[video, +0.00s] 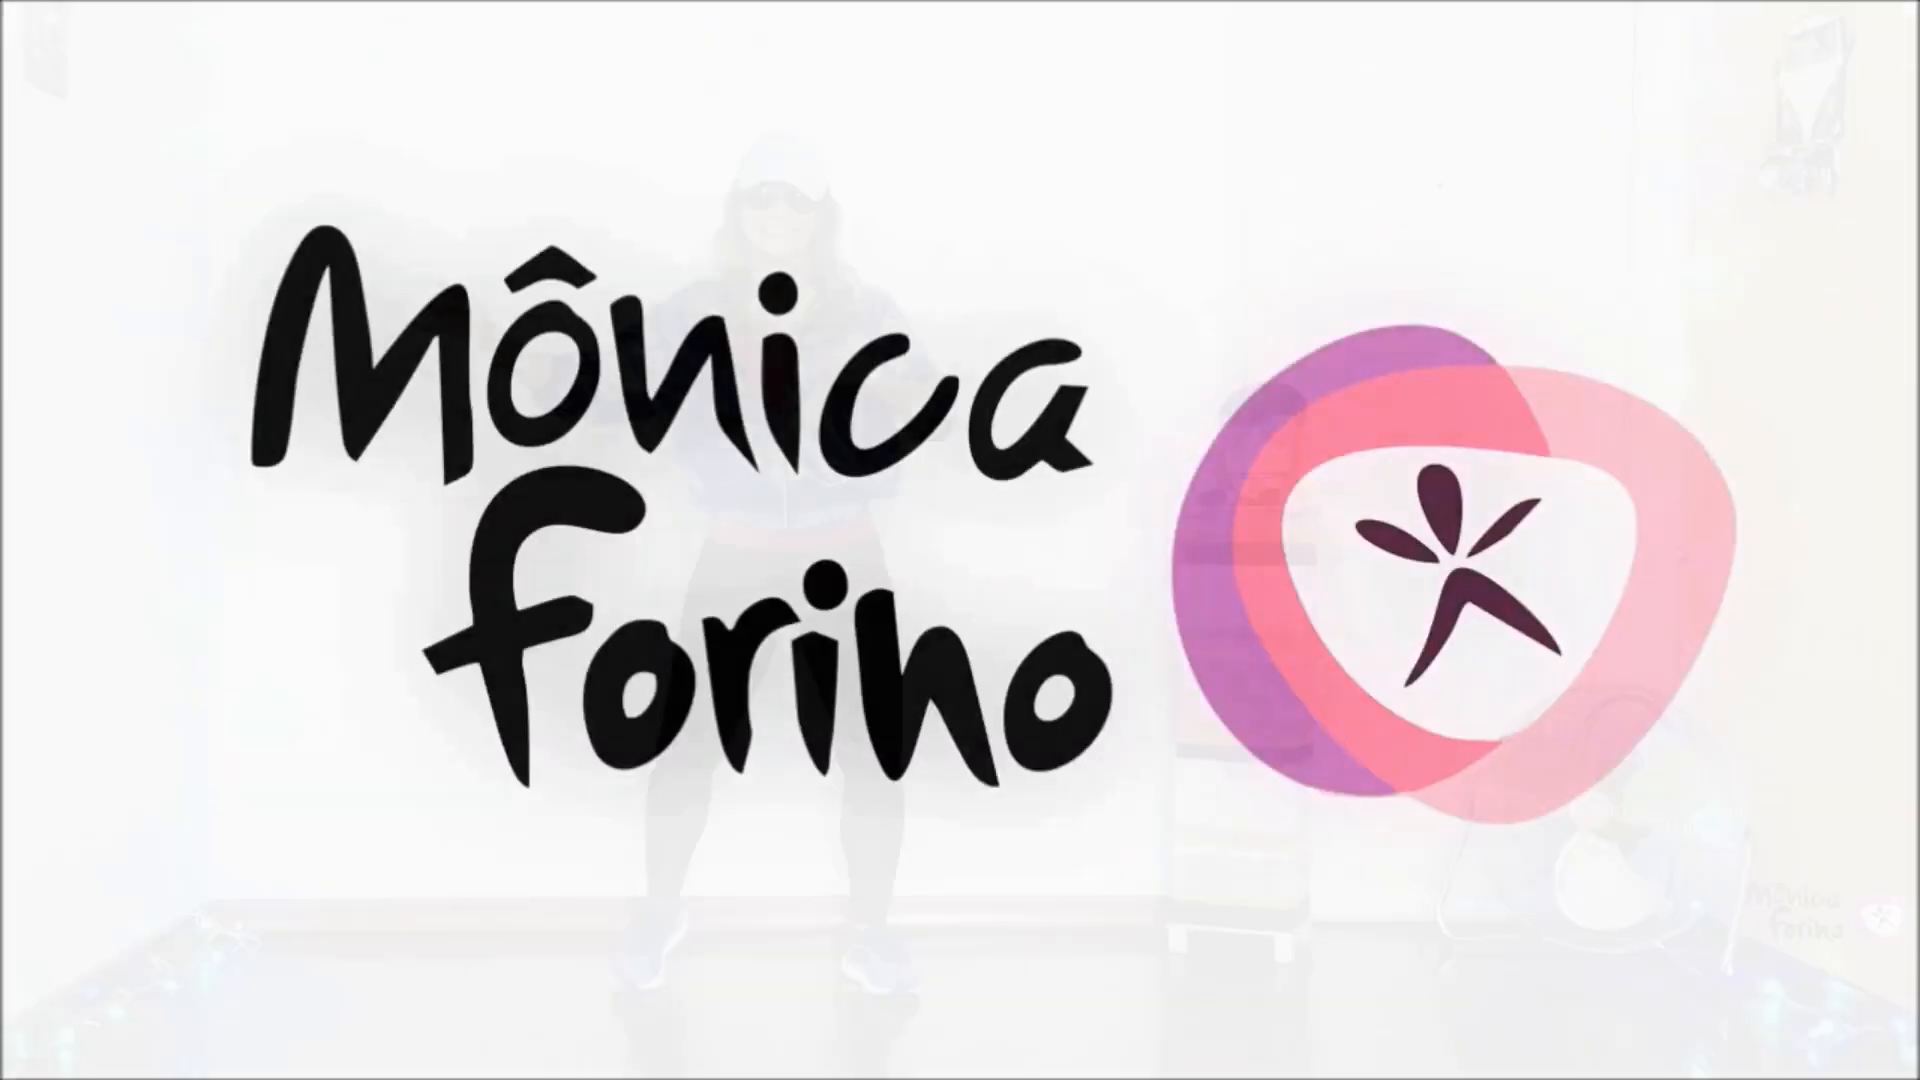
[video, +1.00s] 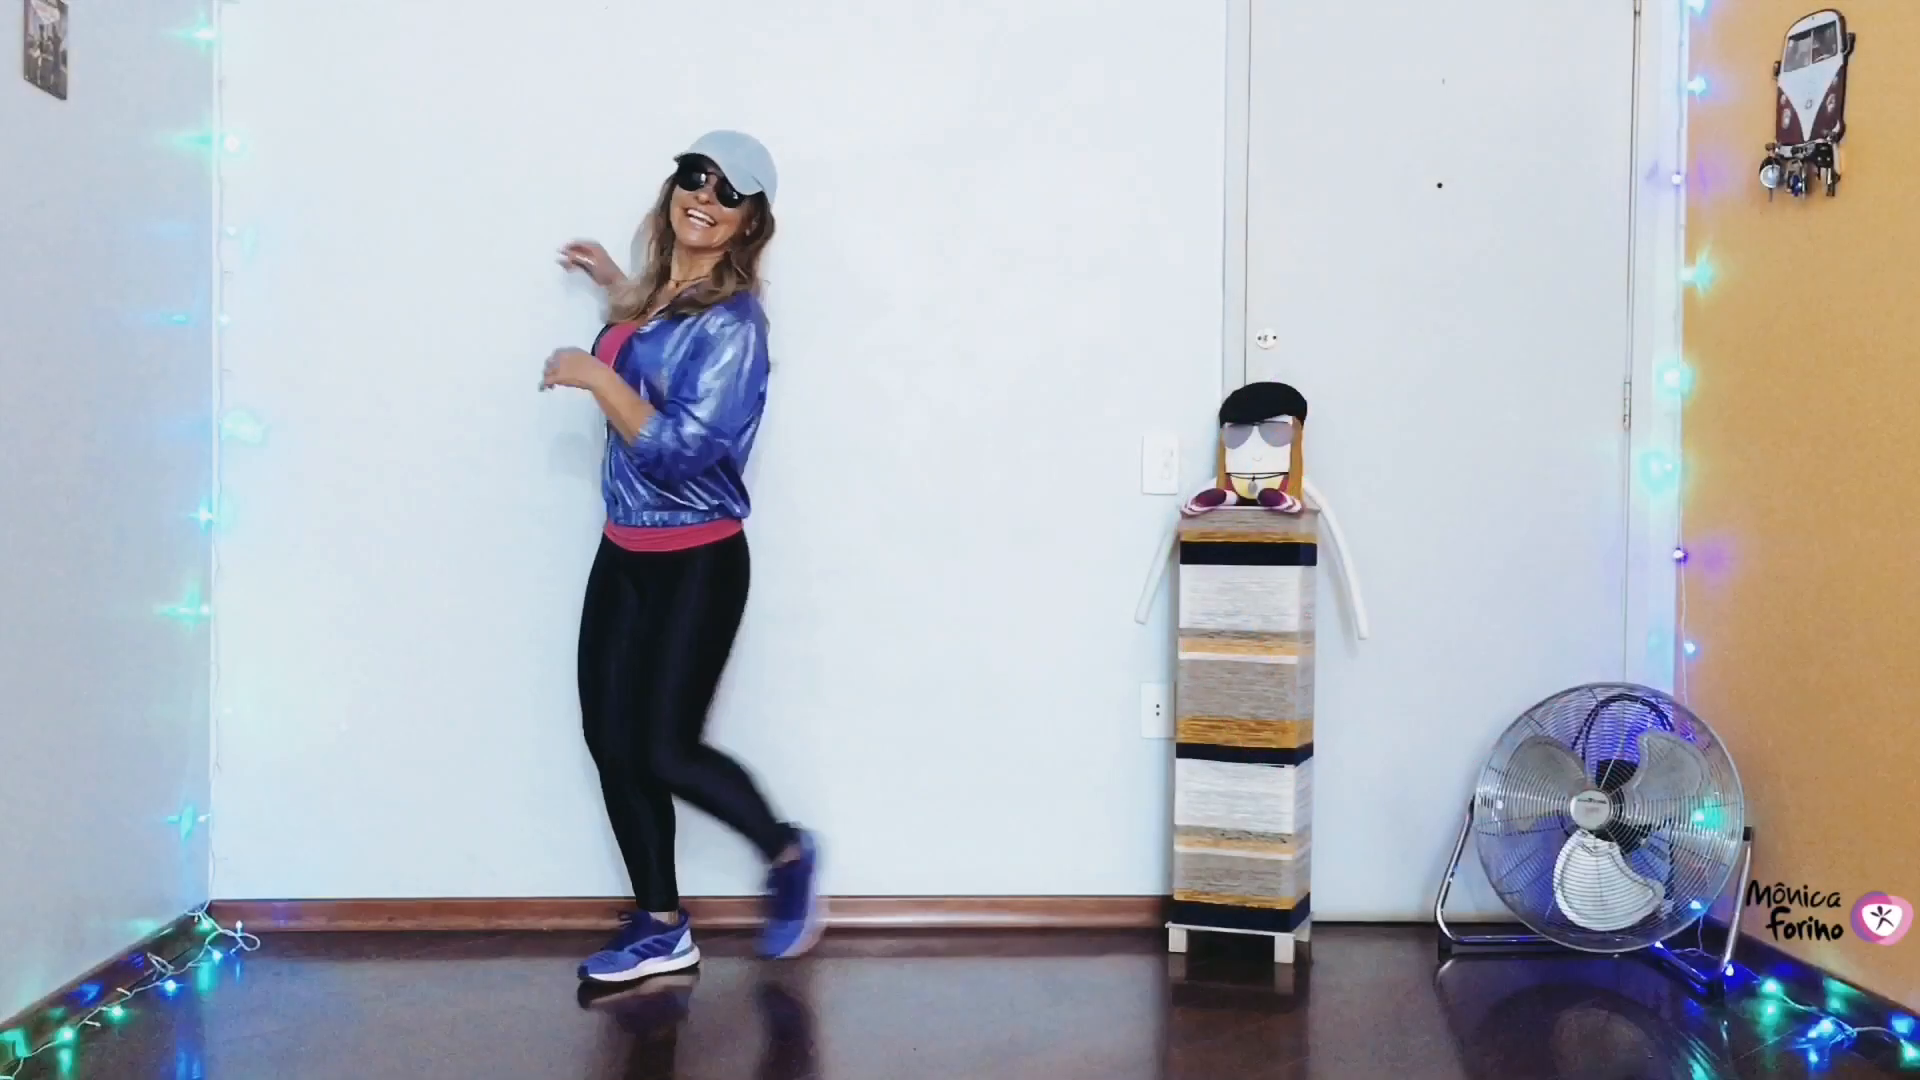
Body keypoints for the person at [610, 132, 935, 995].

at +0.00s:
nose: (774, 231)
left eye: (793, 214)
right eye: (758, 214)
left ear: (824, 222)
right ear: (733, 223)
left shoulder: (857, 317)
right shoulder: (702, 318)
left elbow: (905, 406)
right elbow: (657, 430)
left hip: (845, 554)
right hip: (737, 554)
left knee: (872, 750)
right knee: (696, 742)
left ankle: (868, 928)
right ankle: (658, 915)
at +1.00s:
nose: (704, 201)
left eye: (727, 198)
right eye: (694, 183)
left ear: (748, 225)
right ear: (671, 196)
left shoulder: (735, 325)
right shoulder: (658, 302)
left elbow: (683, 453)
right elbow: (645, 381)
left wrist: (600, 380)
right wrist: (618, 296)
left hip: (699, 563)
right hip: (626, 558)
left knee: (664, 748)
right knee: (612, 743)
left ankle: (787, 852)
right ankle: (662, 926)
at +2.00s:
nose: (712, 185)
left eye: (730, 166)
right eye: (691, 171)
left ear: (762, 176)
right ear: (670, 188)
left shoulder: (801, 277)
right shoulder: (646, 293)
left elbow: (866, 300)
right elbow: (638, 411)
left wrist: (921, 249)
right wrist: (657, 446)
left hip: (789, 564)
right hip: (680, 570)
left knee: (807, 779)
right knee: (685, 782)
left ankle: (809, 992)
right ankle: (680, 975)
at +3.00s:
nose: (721, 211)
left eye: (735, 195)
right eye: (701, 201)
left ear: (758, 201)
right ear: (679, 215)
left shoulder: (745, 269)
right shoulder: (706, 297)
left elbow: (768, 164)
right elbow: (717, 421)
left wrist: (811, 82)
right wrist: (798, 457)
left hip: (728, 513)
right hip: (701, 511)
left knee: (758, 713)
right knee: (769, 703)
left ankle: (680, 918)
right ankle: (722, 921)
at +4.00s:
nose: (745, 143)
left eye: (769, 133)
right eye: (731, 124)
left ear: (799, 153)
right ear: (706, 135)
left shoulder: (791, 246)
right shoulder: (692, 236)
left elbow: (757, 362)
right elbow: (636, 202)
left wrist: (633, 331)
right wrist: (583, 146)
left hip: (784, 538)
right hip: (706, 536)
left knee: (764, 751)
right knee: (645, 729)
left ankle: (842, 981)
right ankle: (640, 960)